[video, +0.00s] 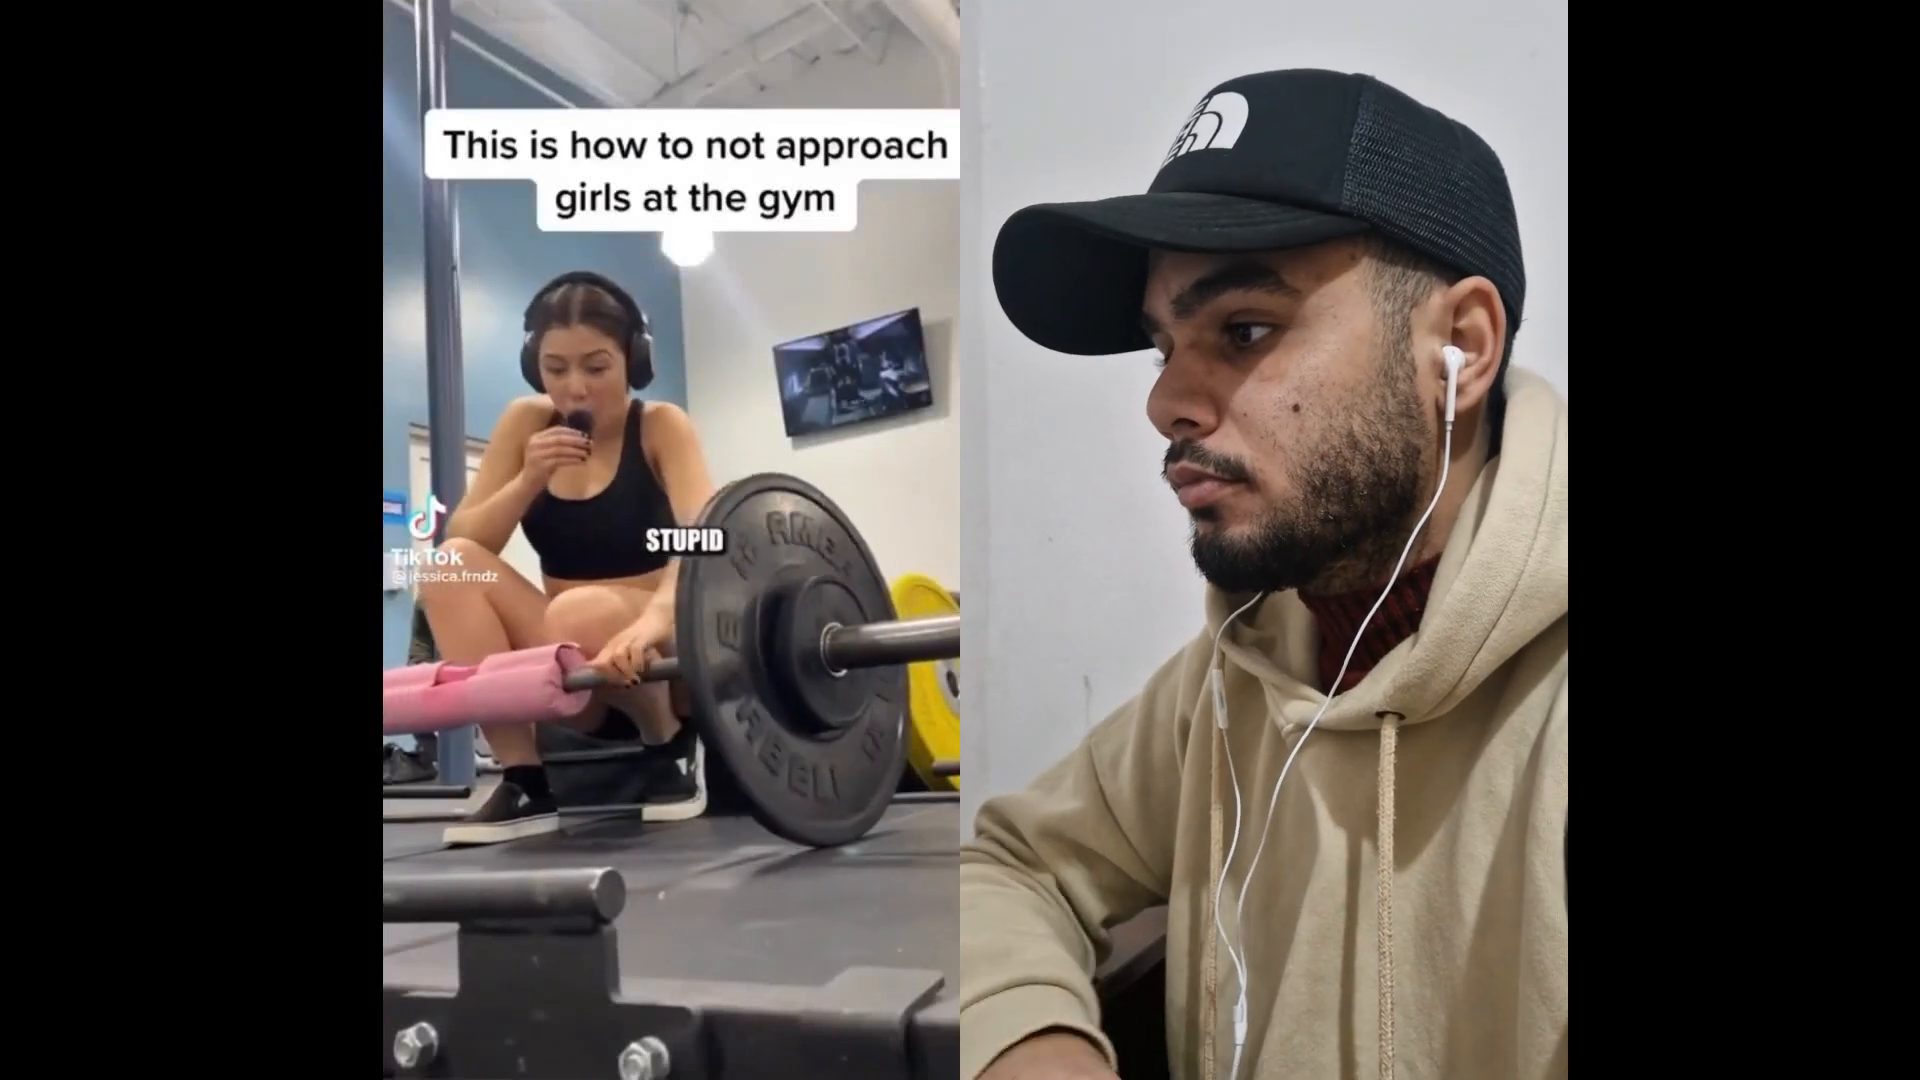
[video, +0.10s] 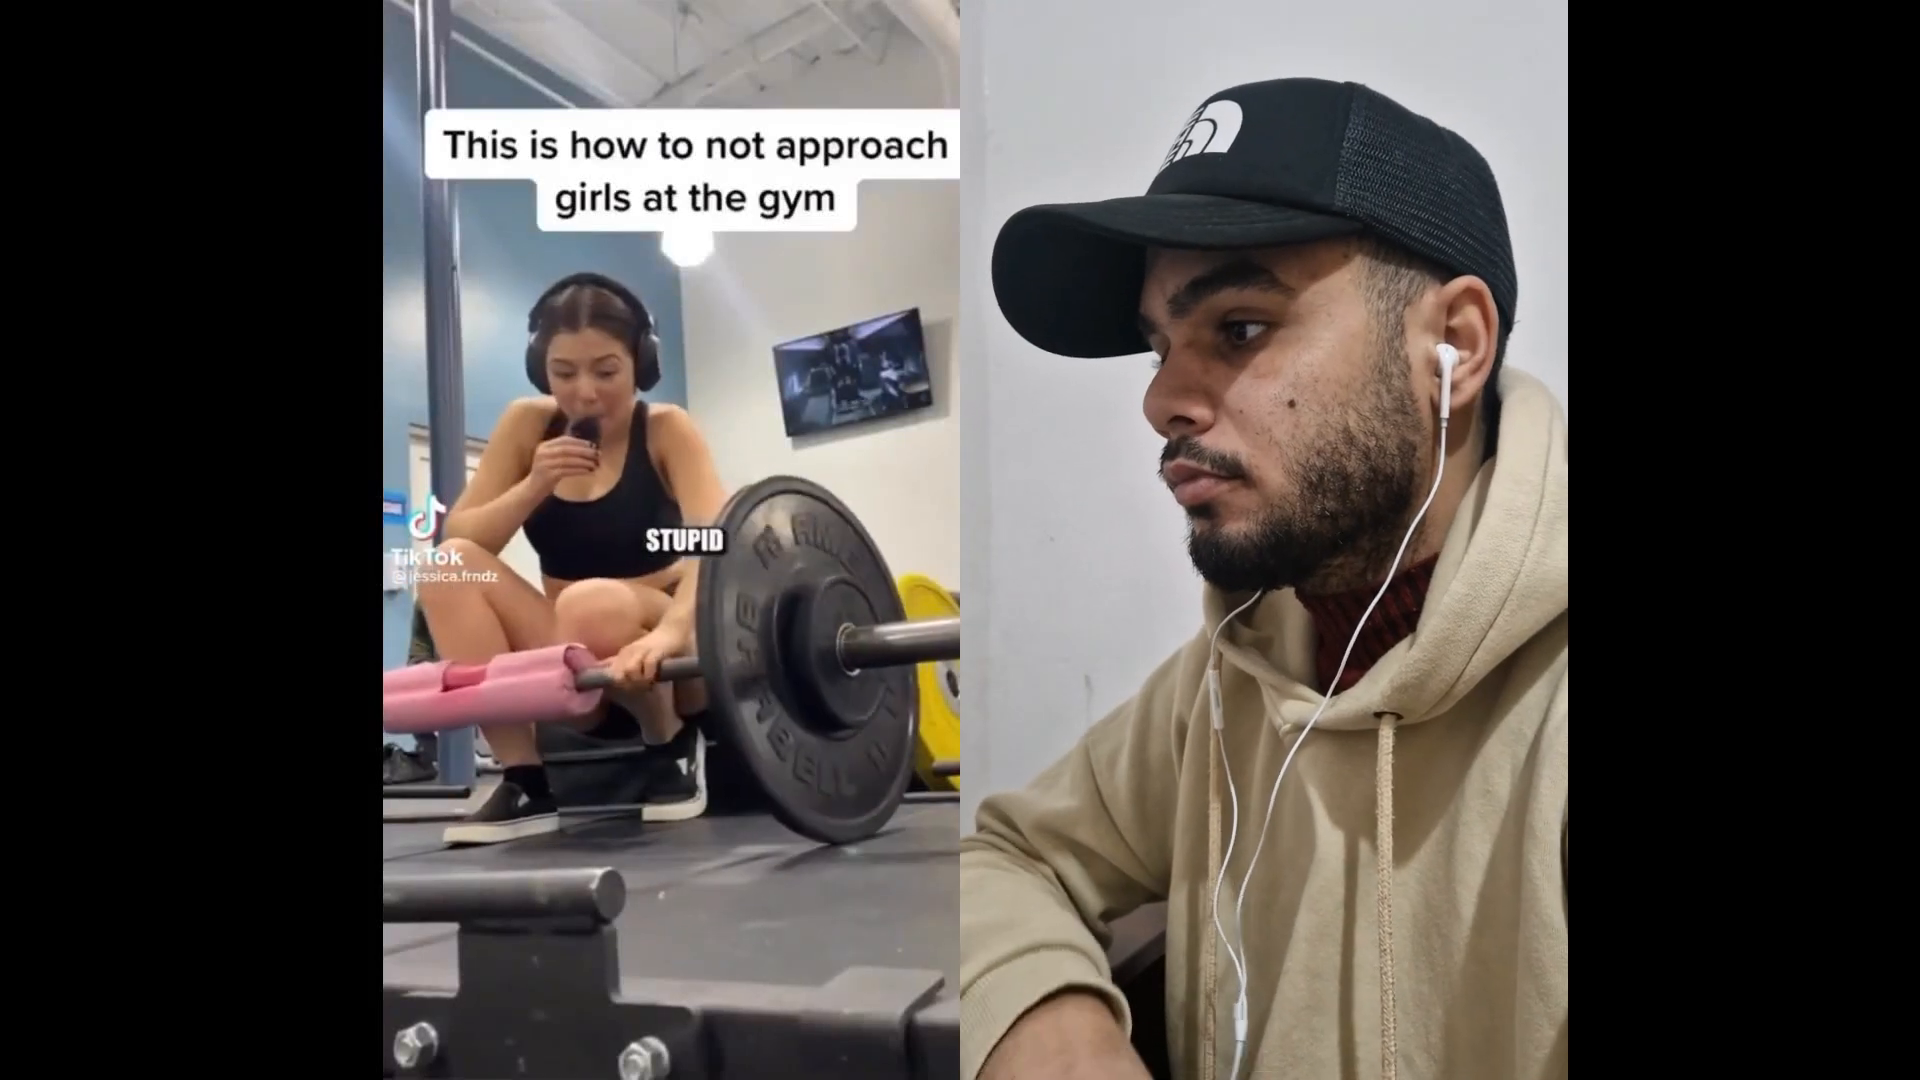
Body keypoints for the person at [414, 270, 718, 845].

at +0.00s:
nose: (576, 389)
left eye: (597, 366)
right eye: (556, 368)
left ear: (630, 363)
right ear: (536, 367)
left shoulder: (661, 427)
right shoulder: (524, 421)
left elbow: (703, 537)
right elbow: (460, 543)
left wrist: (656, 618)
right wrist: (529, 481)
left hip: (663, 649)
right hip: (565, 658)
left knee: (576, 614)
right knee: (447, 568)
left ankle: (666, 745)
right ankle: (524, 782)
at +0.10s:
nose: (585, 393)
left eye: (606, 370)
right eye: (565, 371)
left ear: (638, 366)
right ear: (542, 369)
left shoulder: (666, 430)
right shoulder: (526, 422)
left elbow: (717, 543)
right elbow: (456, 541)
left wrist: (670, 630)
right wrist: (534, 486)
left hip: (670, 654)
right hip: (569, 660)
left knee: (588, 604)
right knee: (445, 567)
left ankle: (666, 747)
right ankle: (524, 782)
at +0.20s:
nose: (593, 398)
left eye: (614, 375)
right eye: (573, 378)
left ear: (645, 370)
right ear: (549, 374)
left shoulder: (676, 435)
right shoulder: (531, 423)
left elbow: (729, 545)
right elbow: (455, 538)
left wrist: (682, 632)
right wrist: (543, 490)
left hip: (675, 651)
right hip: (569, 654)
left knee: (600, 600)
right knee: (449, 566)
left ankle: (667, 748)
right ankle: (525, 782)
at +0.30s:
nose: (603, 403)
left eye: (622, 381)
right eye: (582, 383)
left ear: (650, 371)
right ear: (556, 378)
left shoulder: (683, 439)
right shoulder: (538, 423)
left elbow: (734, 548)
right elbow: (459, 534)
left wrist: (688, 633)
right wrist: (550, 498)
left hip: (677, 655)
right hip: (572, 655)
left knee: (611, 602)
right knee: (455, 566)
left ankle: (670, 746)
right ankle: (526, 779)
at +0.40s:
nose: (610, 408)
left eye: (628, 387)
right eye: (588, 390)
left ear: (656, 374)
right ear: (561, 384)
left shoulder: (688, 439)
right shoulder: (544, 425)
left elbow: (737, 551)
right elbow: (470, 534)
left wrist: (689, 636)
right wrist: (555, 506)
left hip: (681, 656)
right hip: (576, 657)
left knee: (621, 604)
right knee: (457, 565)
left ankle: (672, 744)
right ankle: (525, 777)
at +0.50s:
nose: (610, 411)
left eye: (628, 388)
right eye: (588, 393)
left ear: (657, 375)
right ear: (561, 385)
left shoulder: (689, 439)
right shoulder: (544, 427)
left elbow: (740, 547)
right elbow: (485, 541)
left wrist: (692, 640)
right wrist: (560, 510)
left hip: (684, 652)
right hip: (578, 651)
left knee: (621, 602)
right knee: (463, 562)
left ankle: (674, 746)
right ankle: (525, 778)